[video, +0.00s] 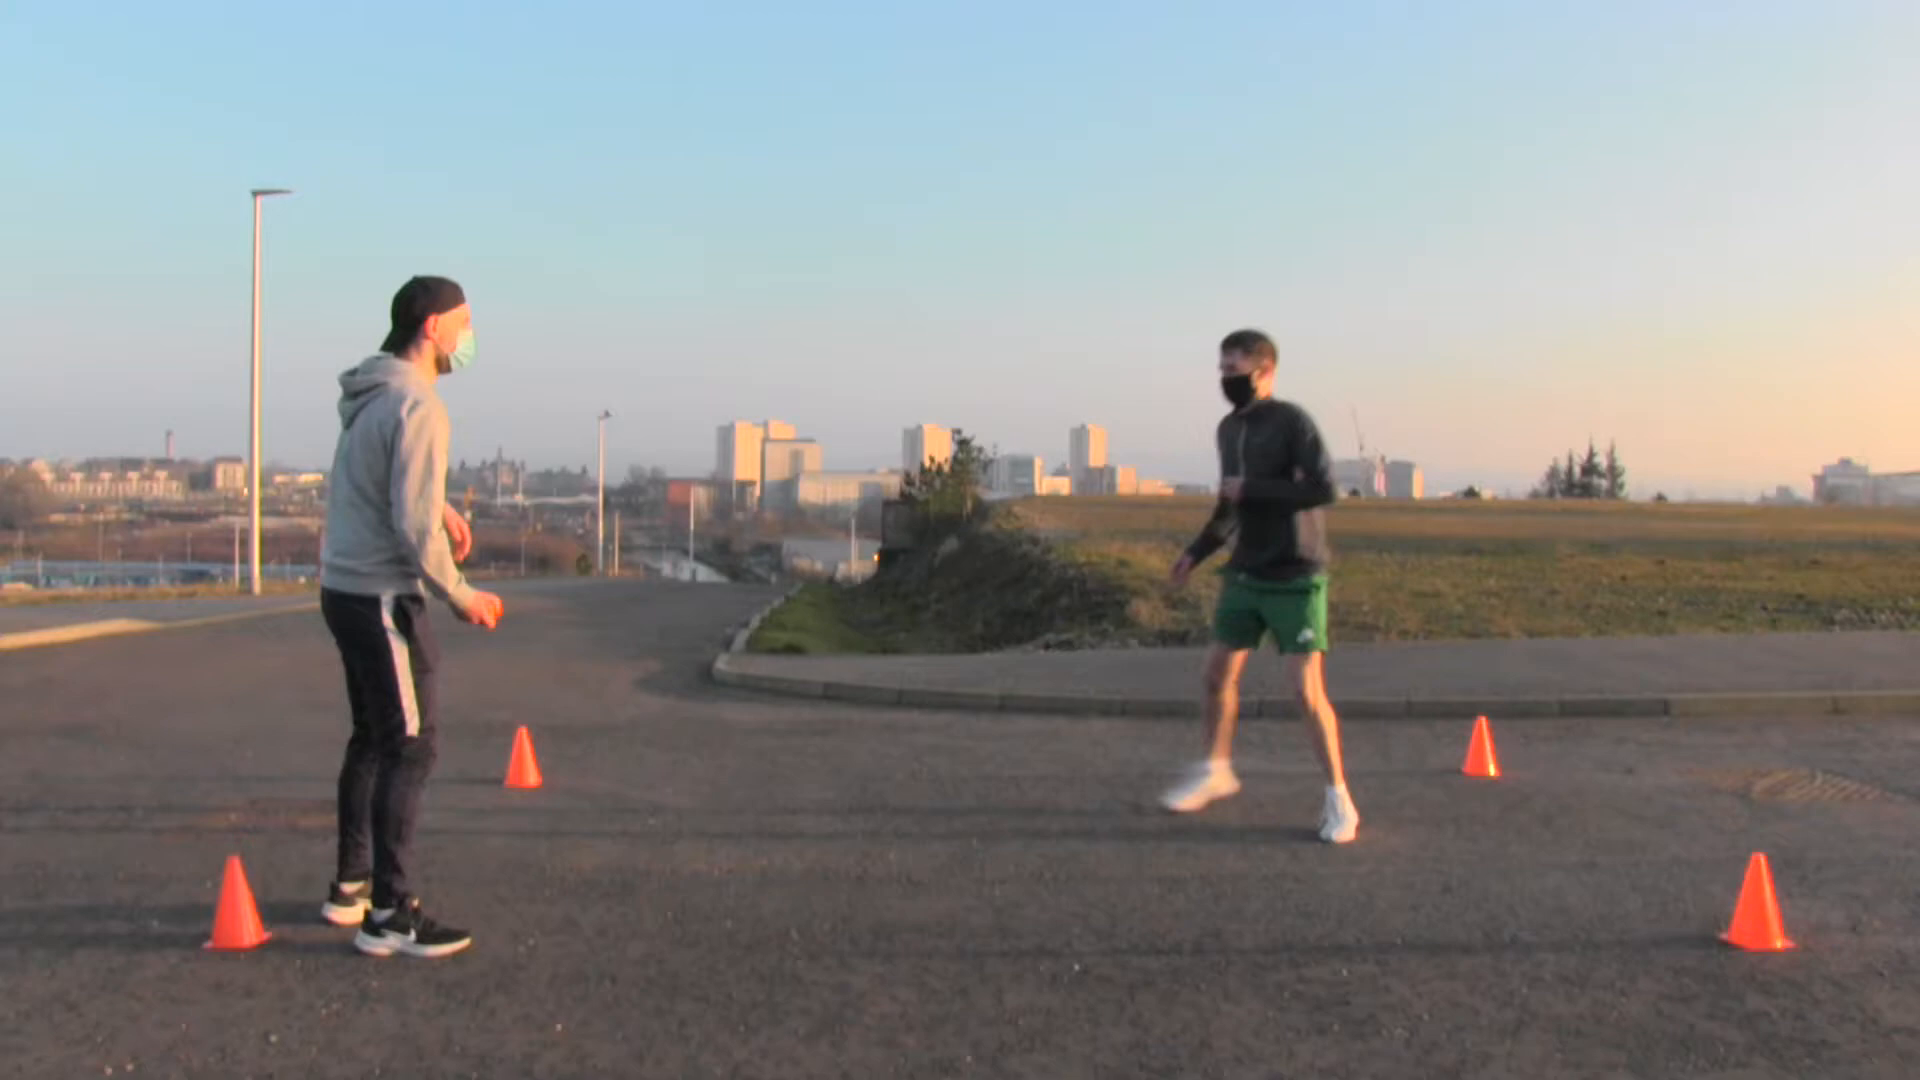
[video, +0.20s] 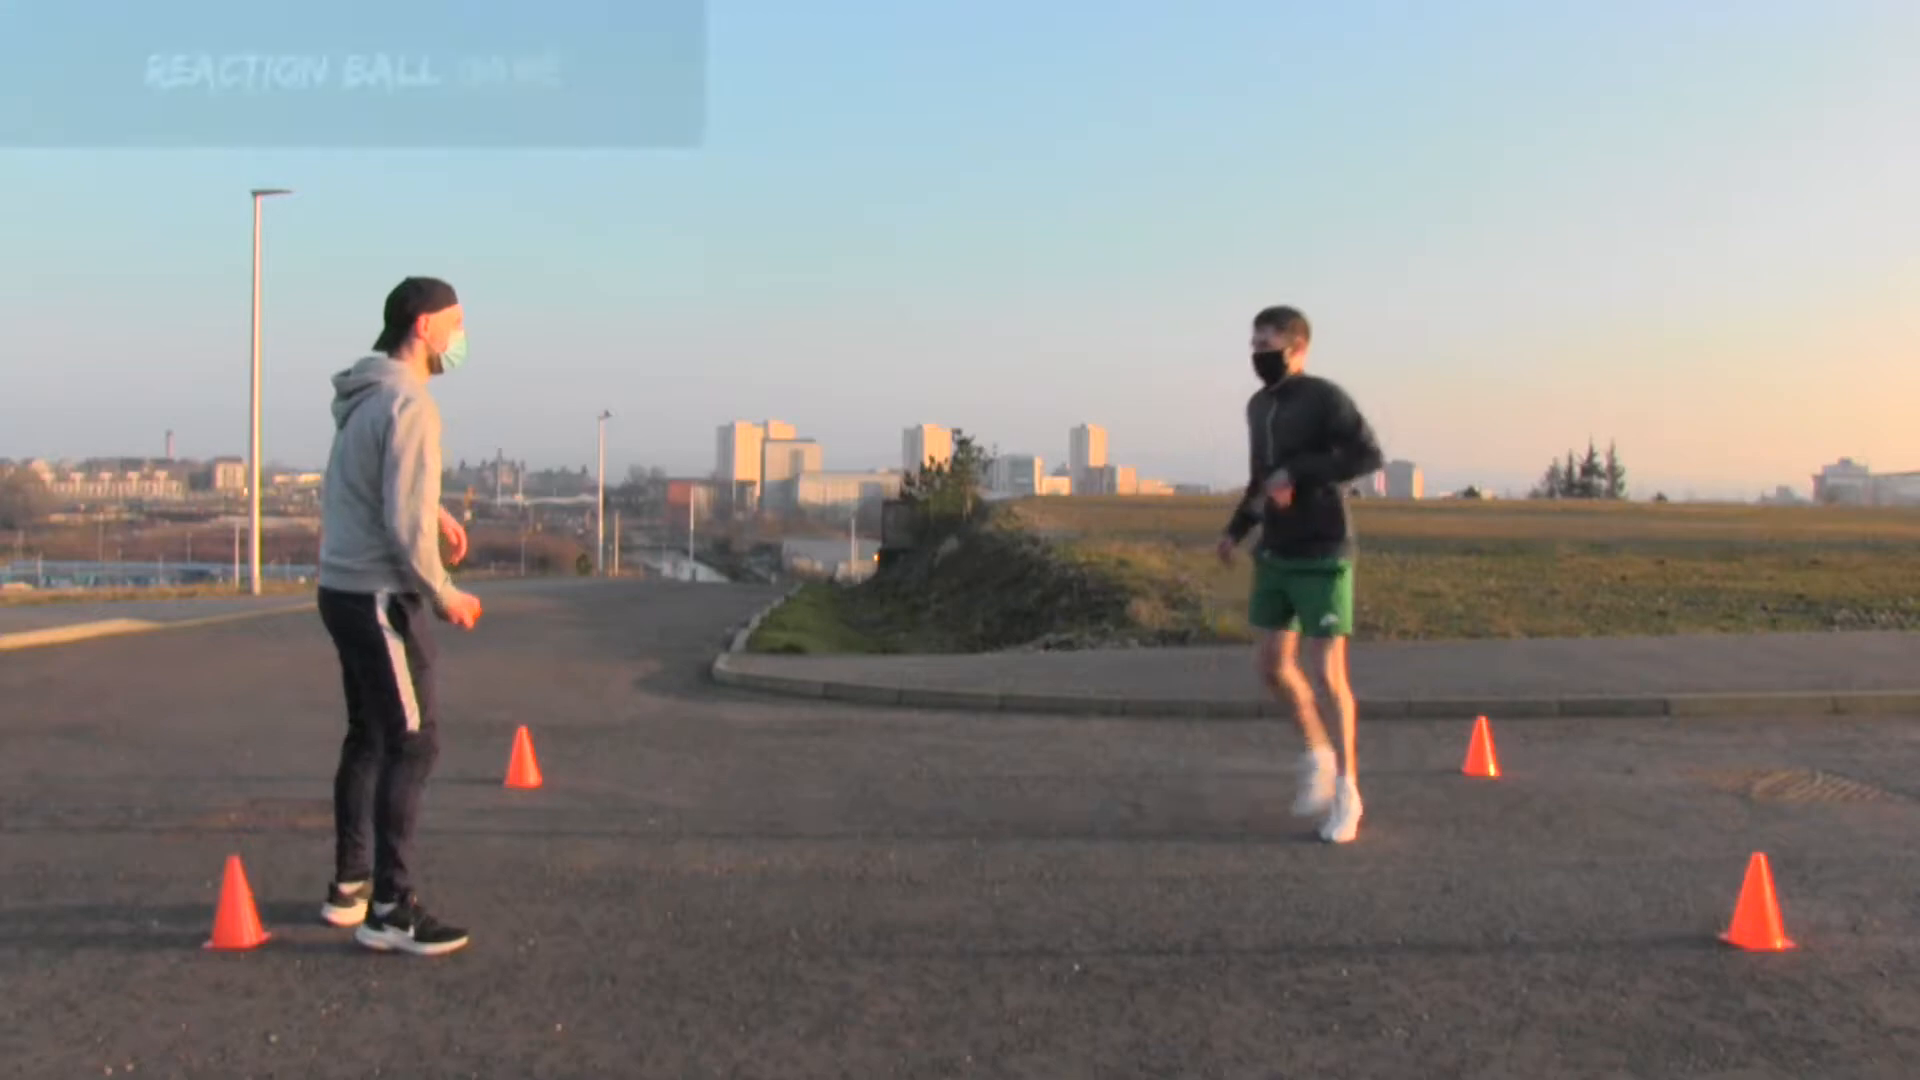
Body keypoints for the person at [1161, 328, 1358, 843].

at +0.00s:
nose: (1225, 378)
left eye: (1234, 369)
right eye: (1222, 370)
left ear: (1265, 370)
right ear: (1224, 371)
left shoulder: (1294, 422)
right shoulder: (1229, 431)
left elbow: (1324, 489)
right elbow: (1231, 506)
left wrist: (1250, 491)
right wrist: (1194, 554)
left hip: (1299, 574)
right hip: (1246, 572)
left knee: (1309, 692)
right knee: (1220, 674)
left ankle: (1338, 796)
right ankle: (1217, 768)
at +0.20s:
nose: (1260, 359)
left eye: (1270, 350)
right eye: (1256, 350)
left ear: (1299, 348)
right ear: (1255, 350)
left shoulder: (1325, 398)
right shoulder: (1259, 407)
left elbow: (1369, 456)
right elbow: (1263, 479)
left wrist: (1297, 475)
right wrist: (1235, 531)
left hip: (1325, 555)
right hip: (1276, 554)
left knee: (1328, 671)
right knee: (1278, 667)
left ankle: (1348, 789)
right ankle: (1321, 754)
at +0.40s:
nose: (1309, 363)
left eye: (1319, 357)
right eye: (1306, 355)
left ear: (1348, 362)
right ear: (1307, 359)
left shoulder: (1375, 417)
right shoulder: (1300, 424)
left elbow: (1416, 476)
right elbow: (1294, 489)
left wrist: (1359, 495)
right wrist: (1290, 553)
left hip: (1371, 569)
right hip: (1325, 569)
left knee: (1354, 679)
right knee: (1369, 677)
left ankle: (1351, 797)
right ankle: (1433, 775)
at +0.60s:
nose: (1340, 375)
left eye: (1351, 369)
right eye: (1338, 367)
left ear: (1382, 374)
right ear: (1339, 372)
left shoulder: (1408, 421)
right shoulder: (1337, 444)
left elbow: (1450, 489)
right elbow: (1335, 527)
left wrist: (1377, 502)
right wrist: (1322, 603)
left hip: (1418, 572)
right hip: (1380, 575)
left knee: (1358, 679)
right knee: (1421, 687)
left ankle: (1370, 788)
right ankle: (1458, 795)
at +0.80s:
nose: (1361, 365)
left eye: (1373, 359)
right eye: (1360, 357)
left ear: (1402, 369)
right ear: (1358, 362)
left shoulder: (1425, 418)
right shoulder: (1361, 430)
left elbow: (1474, 480)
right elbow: (1369, 504)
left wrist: (1403, 508)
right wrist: (1355, 566)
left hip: (1440, 567)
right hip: (1402, 571)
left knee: (1415, 685)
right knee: (1432, 686)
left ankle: (1479, 795)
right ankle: (1457, 794)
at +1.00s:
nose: (1366, 368)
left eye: (1379, 361)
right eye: (1367, 359)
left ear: (1409, 377)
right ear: (1374, 371)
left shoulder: (1430, 431)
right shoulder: (1371, 438)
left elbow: (1475, 495)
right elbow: (1392, 522)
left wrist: (1400, 528)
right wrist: (1371, 582)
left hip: (1458, 591)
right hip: (1407, 592)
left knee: (1476, 709)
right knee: (1398, 701)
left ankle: (1541, 801)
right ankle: (1451, 788)